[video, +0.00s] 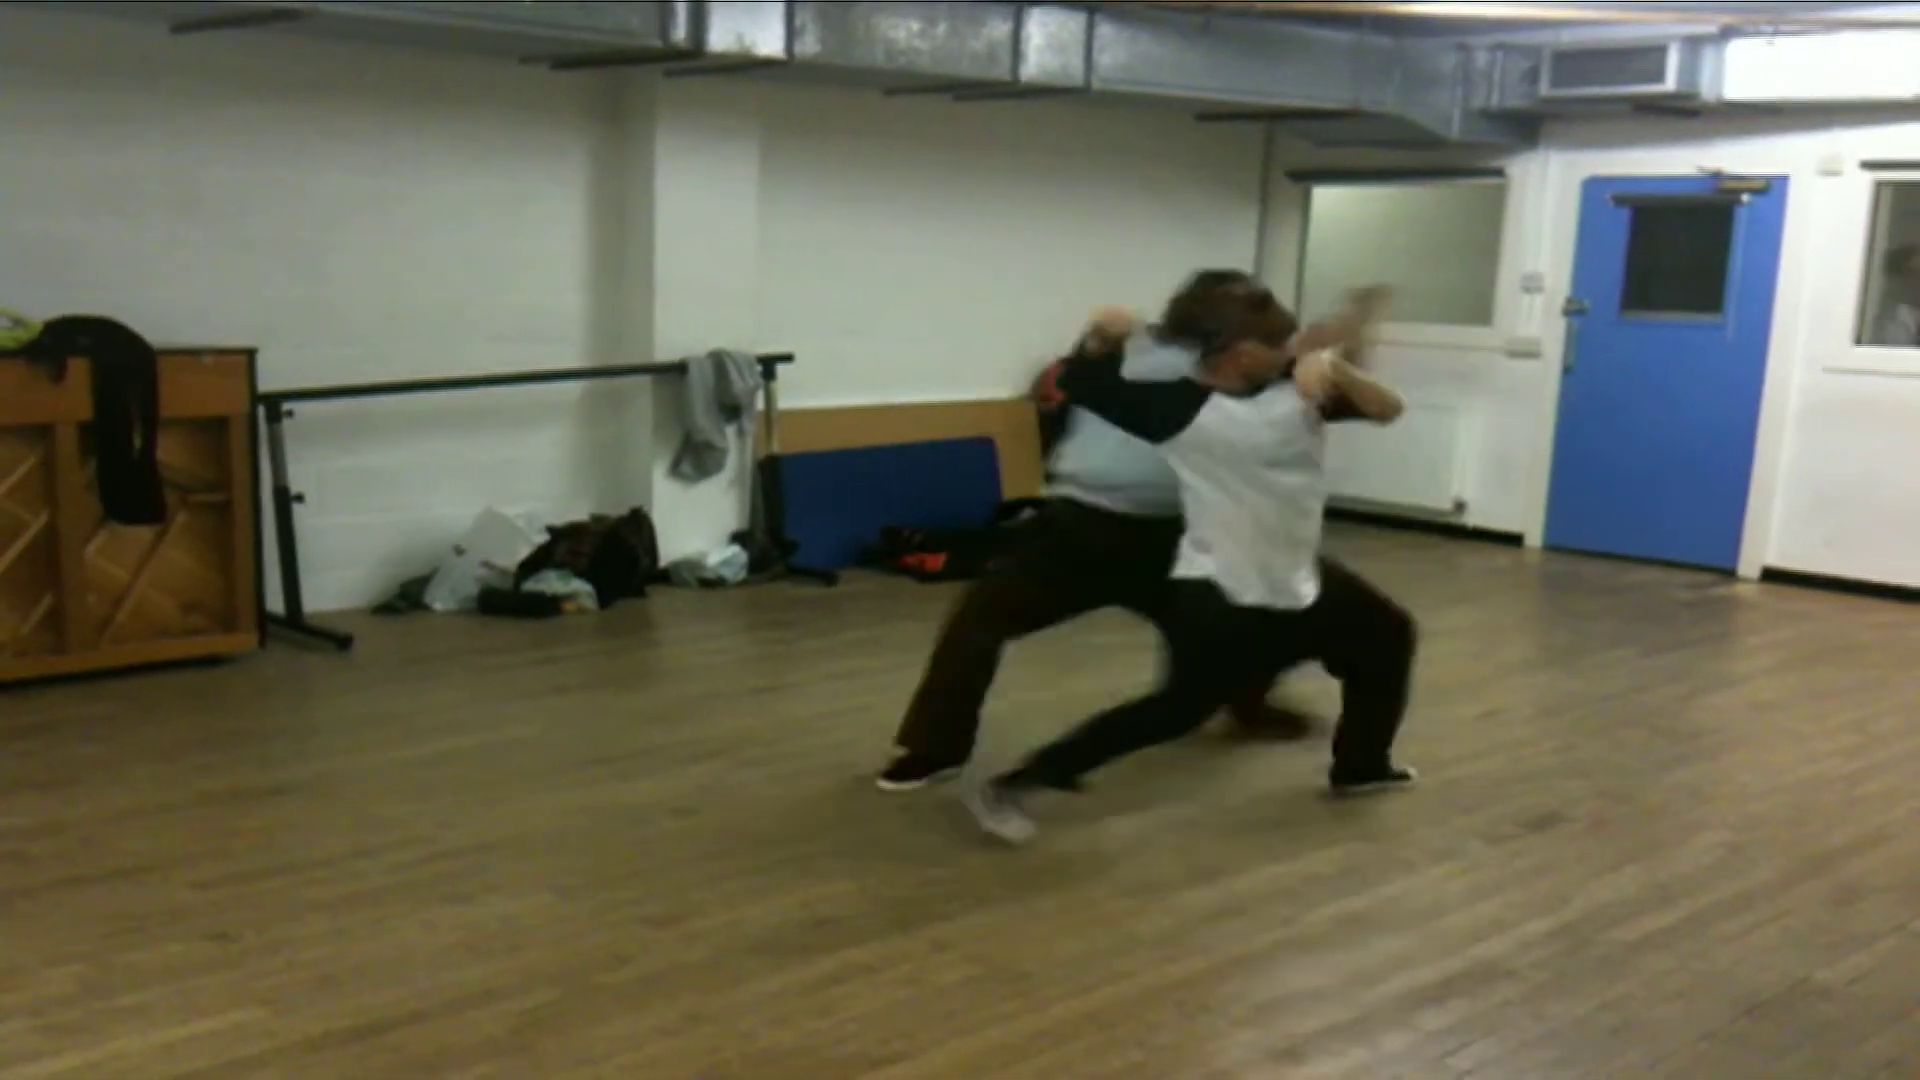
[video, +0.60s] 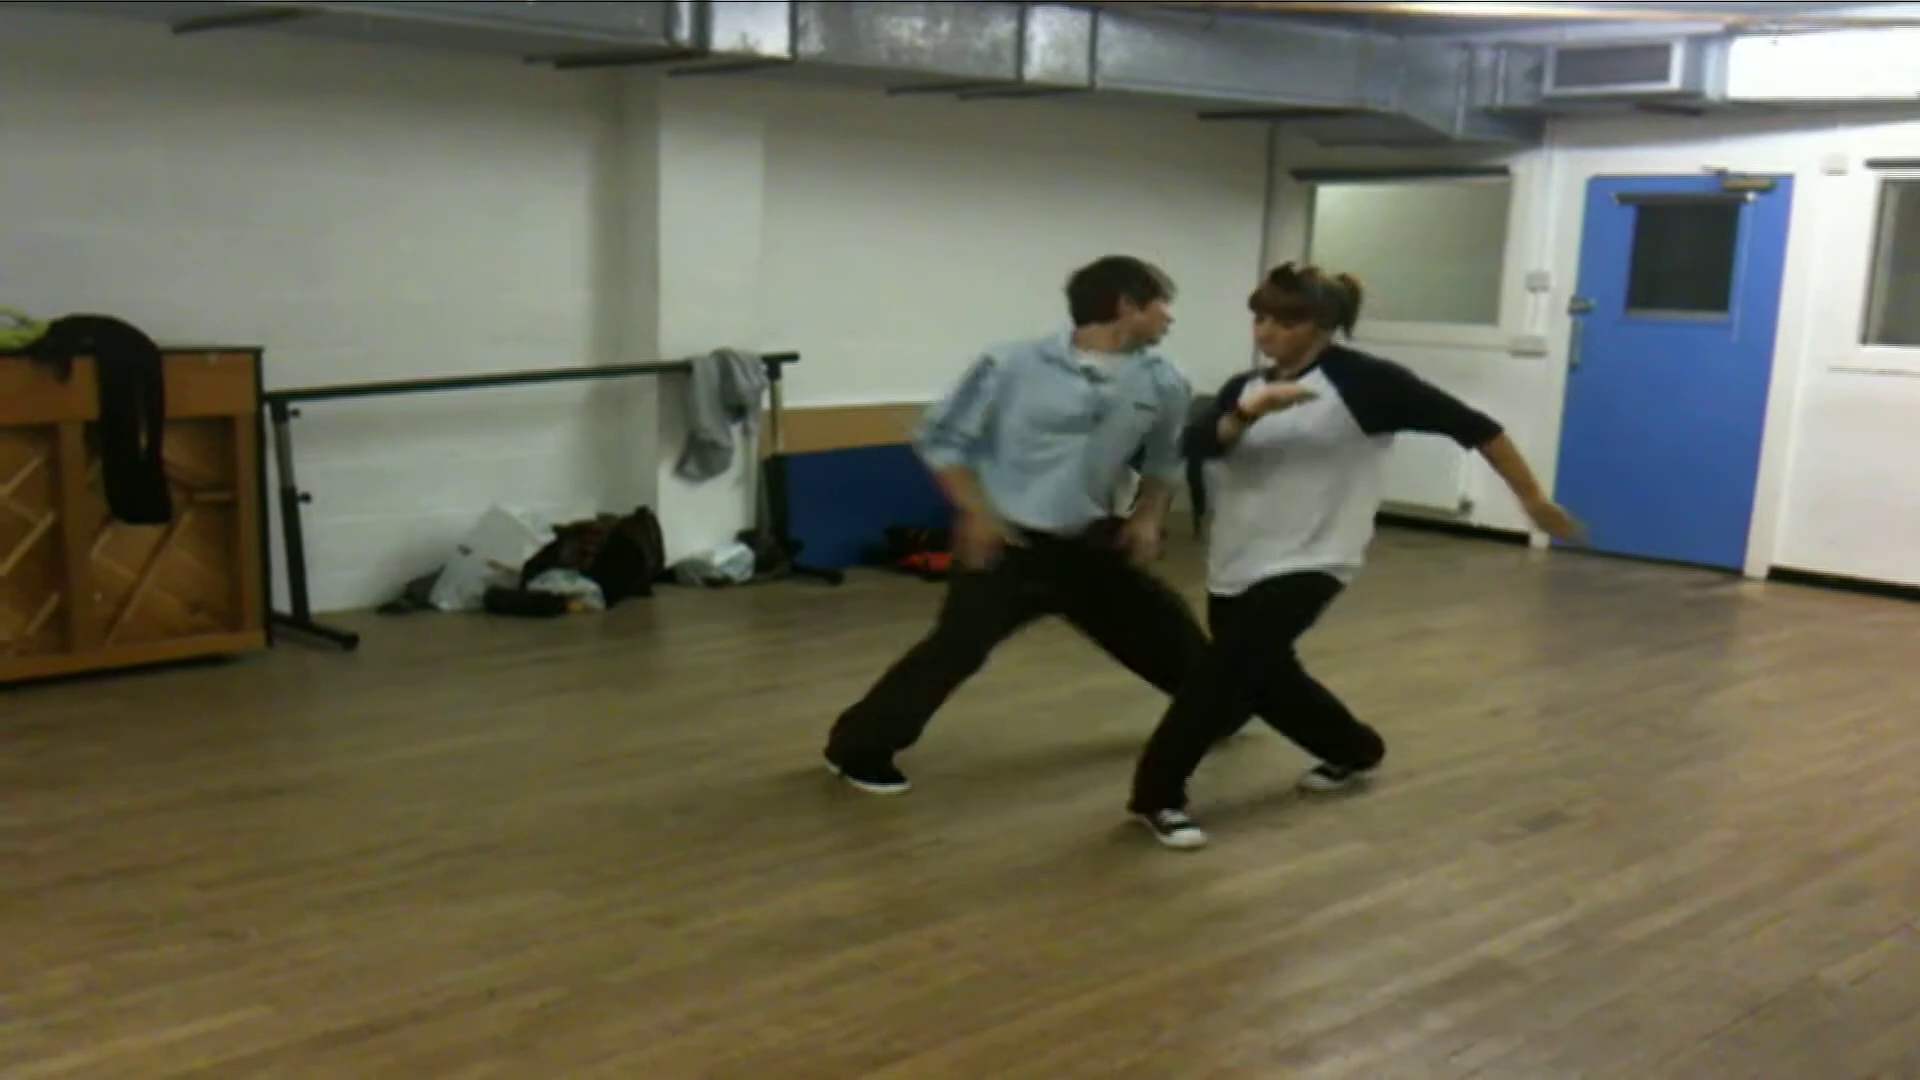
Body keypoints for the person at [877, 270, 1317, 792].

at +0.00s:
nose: (1273, 350)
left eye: (1271, 336)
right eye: (1262, 337)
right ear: (1221, 330)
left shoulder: (1248, 380)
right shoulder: (1123, 354)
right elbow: (1052, 396)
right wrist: (1091, 349)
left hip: (1175, 536)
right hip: (1080, 528)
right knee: (982, 613)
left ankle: (1249, 705)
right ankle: (933, 749)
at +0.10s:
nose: (1180, 326)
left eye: (1190, 315)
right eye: (1170, 308)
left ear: (1194, 322)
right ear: (1131, 304)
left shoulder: (1183, 377)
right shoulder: (1074, 346)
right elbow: (1107, 431)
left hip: (1117, 525)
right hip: (1037, 514)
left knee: (1172, 632)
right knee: (952, 628)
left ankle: (1098, 718)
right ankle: (922, 747)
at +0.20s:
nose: (1160, 312)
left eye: (1167, 302)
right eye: (1152, 298)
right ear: (1106, 295)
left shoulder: (1137, 375)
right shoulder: (1025, 355)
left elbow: (1136, 455)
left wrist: (1135, 477)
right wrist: (1094, 478)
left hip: (1072, 527)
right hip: (997, 516)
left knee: (1137, 629)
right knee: (957, 637)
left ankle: (1037, 728)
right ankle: (851, 737)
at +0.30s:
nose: (1147, 303)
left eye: (1150, 293)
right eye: (1136, 291)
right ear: (1087, 296)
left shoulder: (1124, 383)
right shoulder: (1007, 360)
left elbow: (1093, 458)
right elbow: (930, 435)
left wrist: (1104, 497)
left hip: (1055, 536)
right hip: (978, 531)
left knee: (1144, 610)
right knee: (938, 647)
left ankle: (1048, 703)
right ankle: (851, 748)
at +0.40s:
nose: (1149, 290)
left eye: (1150, 280)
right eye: (1138, 279)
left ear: (1101, 288)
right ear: (1091, 284)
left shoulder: (1132, 370)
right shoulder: (1004, 342)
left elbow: (1113, 449)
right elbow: (904, 405)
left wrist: (1076, 475)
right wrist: (909, 480)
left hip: (1060, 519)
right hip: (979, 514)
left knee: (1148, 591)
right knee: (940, 638)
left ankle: (1078, 693)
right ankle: (852, 748)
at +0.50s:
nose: (1155, 296)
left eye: (1154, 285)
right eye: (1145, 285)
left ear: (1105, 293)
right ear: (1102, 290)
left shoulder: (1145, 373)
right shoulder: (1001, 343)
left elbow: (1136, 446)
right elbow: (905, 406)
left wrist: (1096, 491)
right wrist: (913, 483)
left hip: (1067, 528)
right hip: (982, 521)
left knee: (1131, 625)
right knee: (932, 644)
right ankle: (852, 749)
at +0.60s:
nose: (1169, 314)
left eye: (1167, 303)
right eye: (1159, 302)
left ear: (1123, 309)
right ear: (1122, 307)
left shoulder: (1161, 385)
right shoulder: (1013, 368)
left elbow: (1162, 465)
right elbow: (939, 442)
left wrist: (1148, 517)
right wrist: (975, 512)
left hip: (1091, 554)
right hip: (1011, 551)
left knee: (1174, 639)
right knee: (956, 651)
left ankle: (1221, 710)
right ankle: (857, 747)